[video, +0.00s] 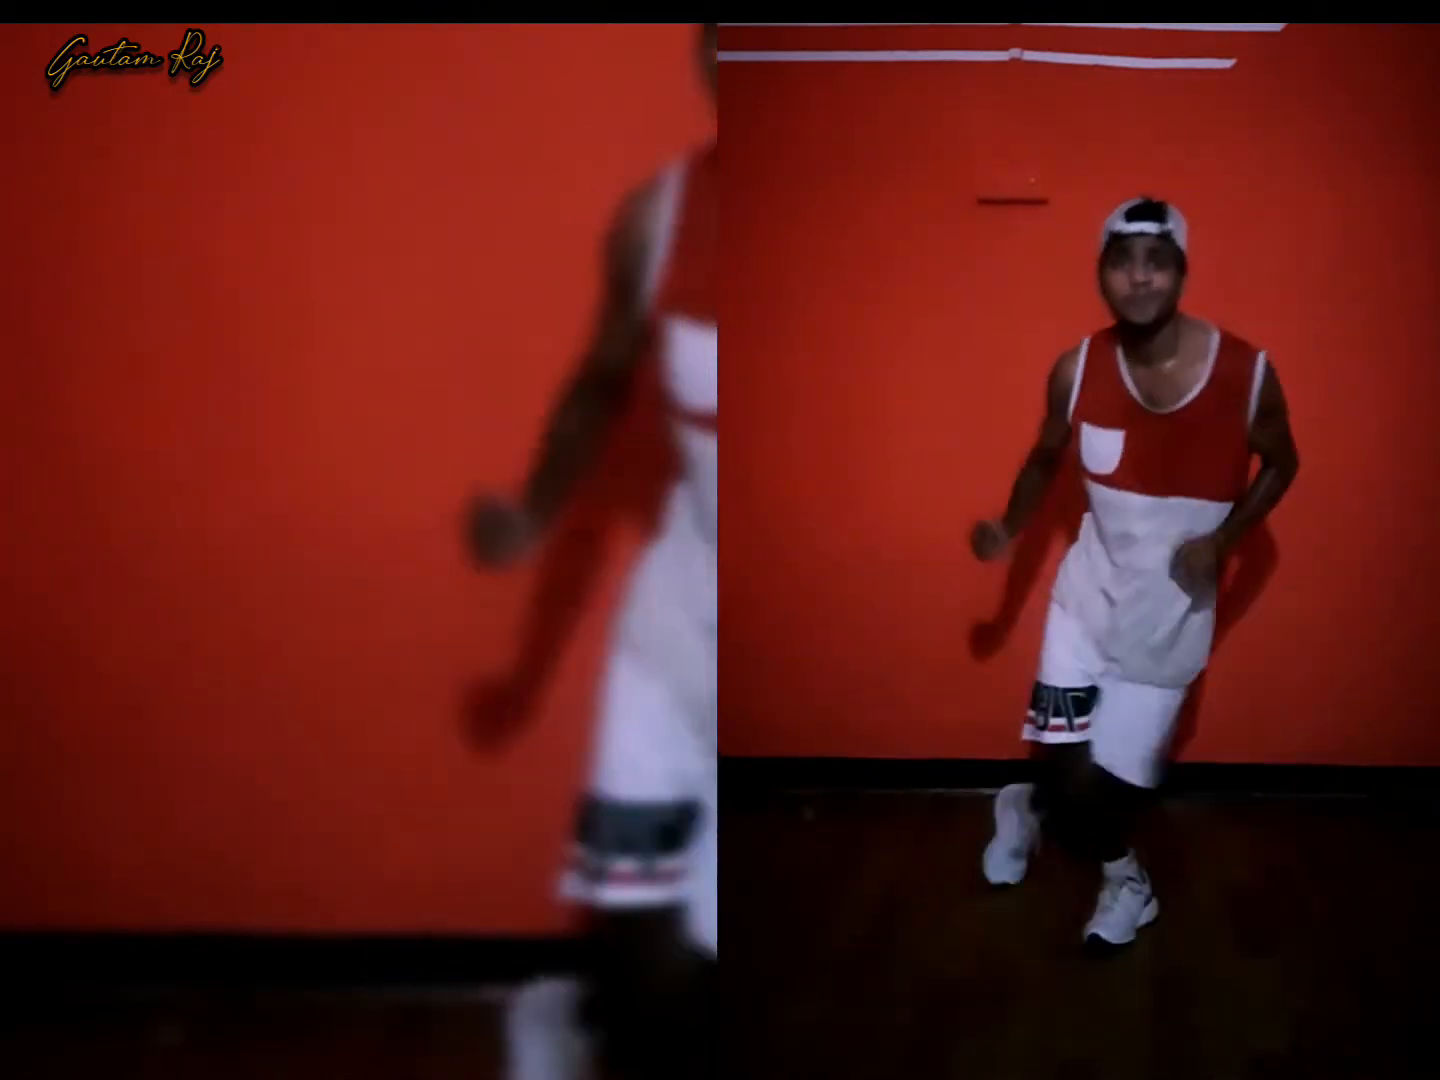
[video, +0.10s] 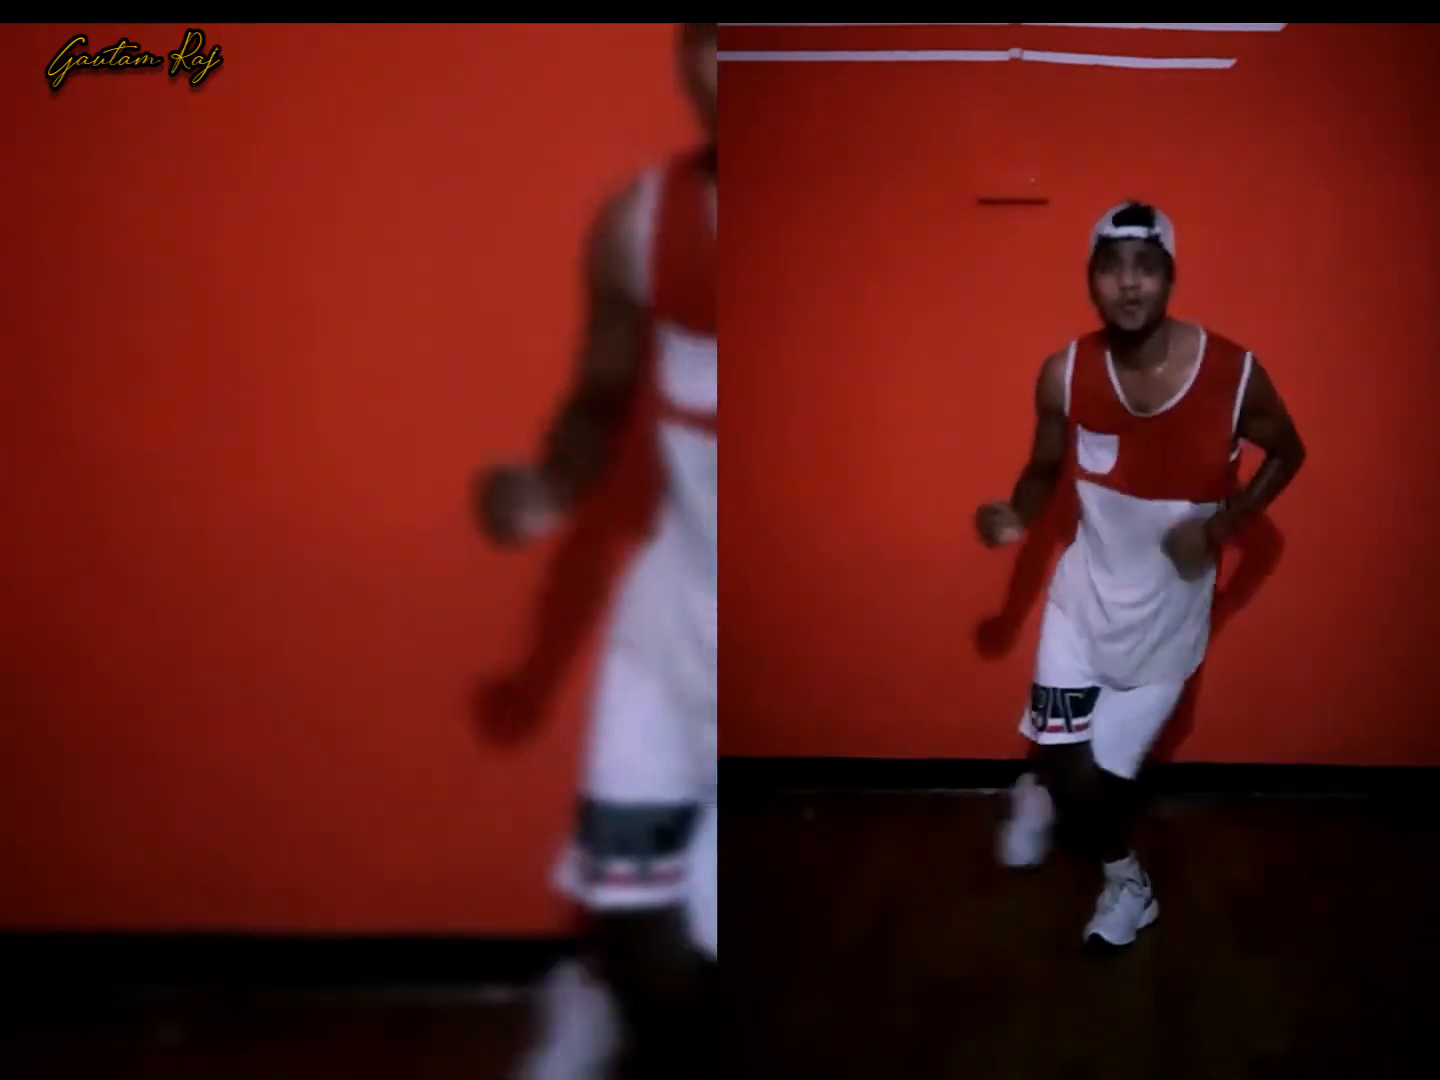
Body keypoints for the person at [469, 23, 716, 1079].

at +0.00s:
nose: (738, 72)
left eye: (760, 54)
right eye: (726, 52)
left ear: (813, 71)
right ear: (704, 63)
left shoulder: (864, 208)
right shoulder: (667, 213)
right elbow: (603, 379)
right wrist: (534, 510)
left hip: (829, 577)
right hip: (699, 568)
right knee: (630, 869)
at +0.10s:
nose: (729, 68)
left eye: (744, 46)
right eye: (713, 45)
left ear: (800, 65)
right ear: (687, 63)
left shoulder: (855, 207)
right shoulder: (647, 220)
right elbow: (601, 403)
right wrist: (543, 489)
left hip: (819, 597)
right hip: (690, 588)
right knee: (626, 894)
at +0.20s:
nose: (732, 64)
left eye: (744, 46)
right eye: (722, 46)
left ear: (790, 64)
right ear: (701, 58)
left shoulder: (857, 191)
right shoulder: (641, 201)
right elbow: (572, 362)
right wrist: (582, 461)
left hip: (811, 553)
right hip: (677, 543)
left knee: (810, 839)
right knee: (648, 838)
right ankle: (655, 1069)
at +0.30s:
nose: (739, 70)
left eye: (756, 58)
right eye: (728, 55)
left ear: (801, 79)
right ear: (706, 63)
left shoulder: (851, 191)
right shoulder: (642, 192)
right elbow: (565, 350)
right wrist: (604, 468)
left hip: (800, 588)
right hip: (672, 573)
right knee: (652, 874)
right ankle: (651, 1074)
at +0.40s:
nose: (730, 73)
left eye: (741, 51)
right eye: (715, 50)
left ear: (773, 72)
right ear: (685, 67)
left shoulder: (843, 207)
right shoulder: (624, 224)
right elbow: (571, 403)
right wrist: (600, 504)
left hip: (818, 552)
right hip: (686, 547)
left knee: (828, 845)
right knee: (680, 854)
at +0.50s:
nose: (707, 70)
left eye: (723, 46)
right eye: (683, 47)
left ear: (754, 65)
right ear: (649, 73)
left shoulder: (829, 224)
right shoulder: (624, 250)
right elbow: (576, 471)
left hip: (820, 604)